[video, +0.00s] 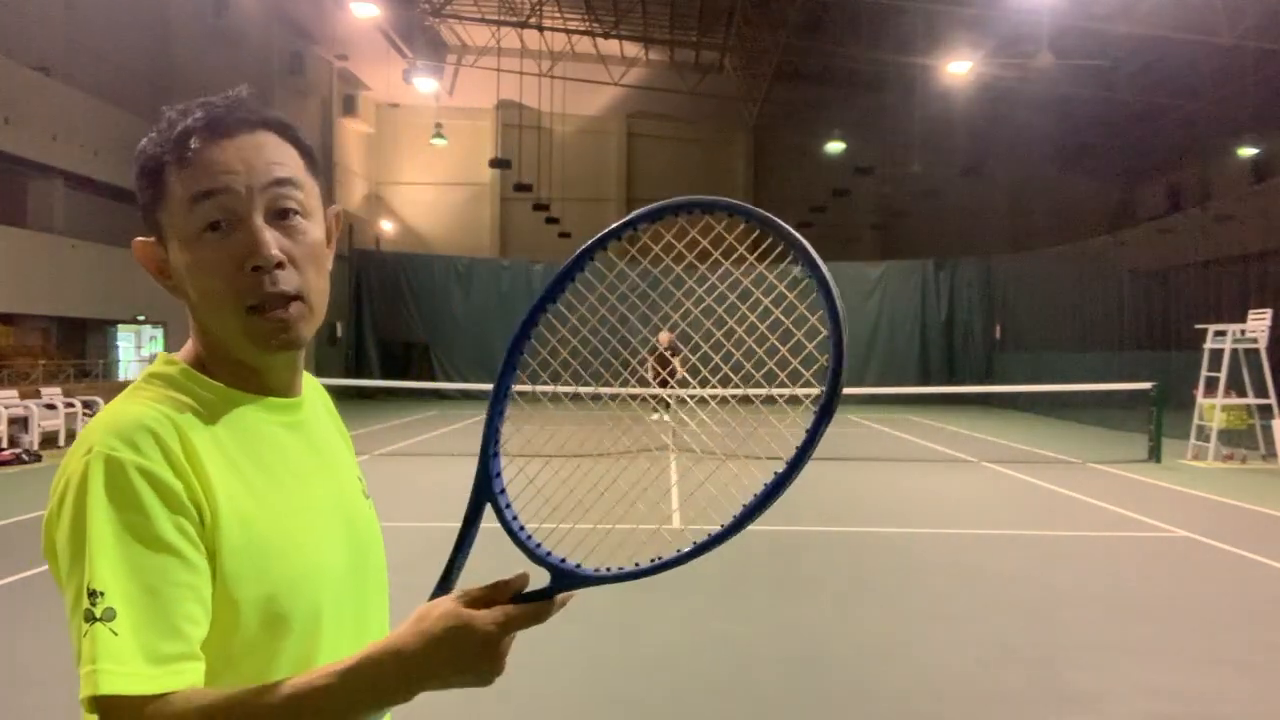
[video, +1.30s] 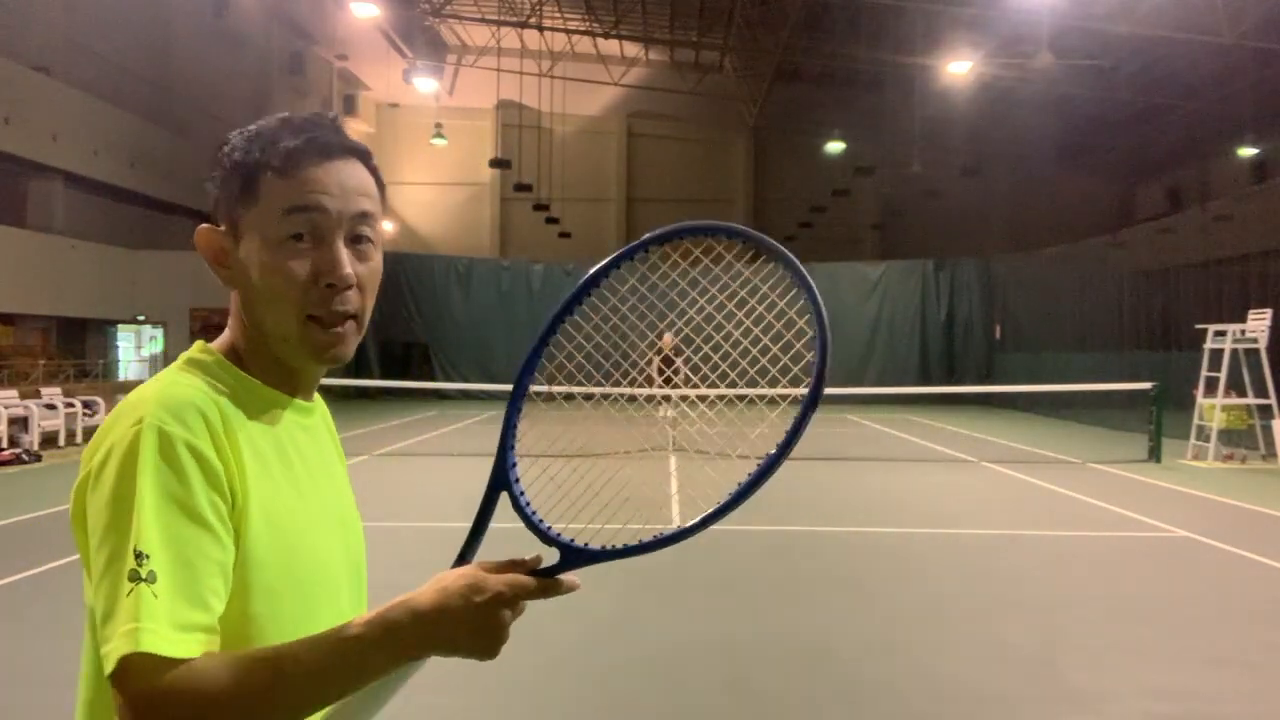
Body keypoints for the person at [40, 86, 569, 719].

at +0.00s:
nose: (266, 251)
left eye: (285, 213)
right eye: (217, 223)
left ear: (329, 235)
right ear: (161, 265)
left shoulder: (309, 405)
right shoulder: (131, 453)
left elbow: (311, 643)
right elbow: (139, 705)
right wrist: (402, 668)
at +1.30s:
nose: (341, 272)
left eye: (360, 238)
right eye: (299, 237)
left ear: (382, 250)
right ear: (222, 255)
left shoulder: (306, 414)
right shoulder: (166, 428)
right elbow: (151, 693)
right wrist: (412, 627)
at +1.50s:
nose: (376, 283)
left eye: (386, 253)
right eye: (340, 252)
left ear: (397, 256)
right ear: (253, 266)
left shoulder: (301, 417)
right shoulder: (207, 425)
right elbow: (193, 684)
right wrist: (428, 622)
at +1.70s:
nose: (428, 288)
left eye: (423, 264)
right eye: (416, 262)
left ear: (353, 276)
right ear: (352, 274)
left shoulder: (305, 404)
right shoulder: (266, 408)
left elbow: (327, 630)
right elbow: (317, 641)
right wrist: (534, 602)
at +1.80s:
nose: (438, 291)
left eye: (438, 270)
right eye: (436, 269)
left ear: (322, 273)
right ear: (402, 278)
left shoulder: (289, 392)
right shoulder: (317, 410)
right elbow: (300, 647)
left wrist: (479, 668)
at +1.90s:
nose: (457, 298)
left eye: (458, 277)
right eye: (457, 277)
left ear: (343, 285)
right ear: (437, 285)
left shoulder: (282, 396)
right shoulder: (367, 409)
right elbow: (321, 637)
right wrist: (471, 712)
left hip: (247, 705)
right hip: (328, 709)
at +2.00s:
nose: (478, 309)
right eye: (480, 291)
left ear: (357, 290)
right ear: (468, 294)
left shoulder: (286, 407)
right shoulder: (425, 411)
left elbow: (246, 592)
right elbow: (390, 628)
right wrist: (482, 713)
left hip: (260, 707)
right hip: (364, 709)